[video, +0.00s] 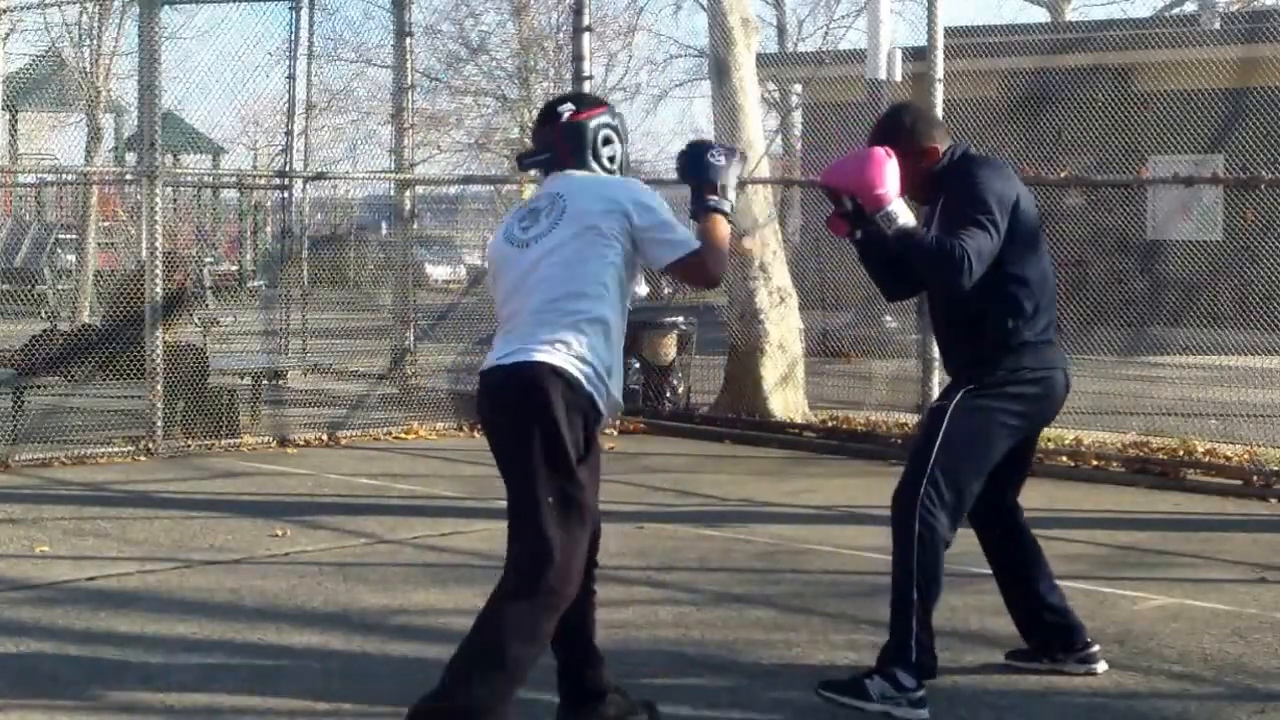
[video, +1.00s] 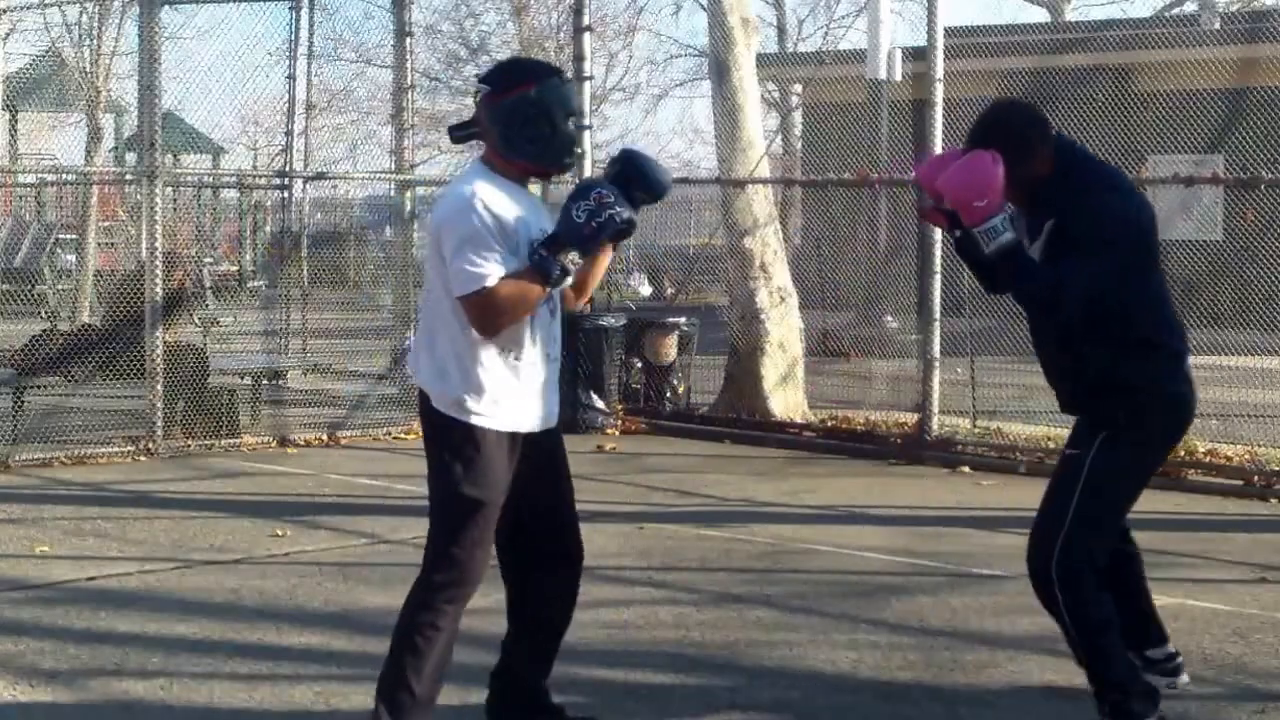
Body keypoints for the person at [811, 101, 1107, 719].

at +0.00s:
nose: (898, 182)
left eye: (895, 172)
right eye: (893, 173)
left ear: (916, 157)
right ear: (926, 151)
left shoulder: (983, 179)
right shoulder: (947, 196)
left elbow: (958, 270)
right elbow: (897, 284)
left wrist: (888, 215)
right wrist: (860, 231)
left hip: (1010, 374)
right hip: (1005, 373)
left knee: (920, 503)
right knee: (993, 509)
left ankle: (904, 674)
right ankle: (1060, 641)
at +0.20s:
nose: (843, 232)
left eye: (845, 221)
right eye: (841, 223)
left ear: (874, 212)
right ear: (884, 204)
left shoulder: (953, 242)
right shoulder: (891, 250)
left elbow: (938, 340)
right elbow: (857, 337)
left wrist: (862, 291)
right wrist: (818, 304)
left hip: (978, 431)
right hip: (955, 428)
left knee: (887, 537)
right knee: (973, 541)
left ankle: (820, 699)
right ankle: (1057, 643)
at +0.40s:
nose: (883, 397)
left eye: (894, 386)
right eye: (872, 385)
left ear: (916, 360)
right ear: (851, 357)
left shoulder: (951, 369)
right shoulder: (825, 339)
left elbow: (946, 476)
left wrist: (881, 466)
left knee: (832, 556)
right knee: (894, 629)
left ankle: (793, 702)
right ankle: (1029, 630)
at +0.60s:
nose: (931, 302)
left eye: (945, 293)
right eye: (925, 287)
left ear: (973, 279)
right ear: (910, 266)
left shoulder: (1011, 316)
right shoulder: (877, 286)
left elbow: (1003, 429)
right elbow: (810, 333)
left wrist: (937, 386)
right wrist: (800, 383)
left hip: (983, 461)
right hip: (918, 462)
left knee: (871, 542)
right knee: (940, 598)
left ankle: (802, 706)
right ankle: (1068, 658)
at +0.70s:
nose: (936, 229)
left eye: (946, 218)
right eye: (931, 216)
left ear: (986, 207)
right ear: (927, 205)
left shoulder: (1045, 248)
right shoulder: (933, 240)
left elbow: (1045, 356)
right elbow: (885, 322)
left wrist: (970, 302)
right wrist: (867, 285)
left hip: (1040, 429)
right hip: (988, 429)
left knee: (930, 518)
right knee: (990, 546)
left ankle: (885, 689)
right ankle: (1074, 658)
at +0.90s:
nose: (980, 186)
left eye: (981, 173)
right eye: (973, 175)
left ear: (1011, 156)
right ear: (1018, 152)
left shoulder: (1075, 199)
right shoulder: (1024, 197)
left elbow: (1041, 299)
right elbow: (973, 275)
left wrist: (977, 233)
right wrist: (939, 221)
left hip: (1102, 412)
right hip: (1066, 410)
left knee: (1030, 565)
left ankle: (1126, 695)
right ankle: (1100, 662)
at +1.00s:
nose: (998, 191)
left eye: (1000, 177)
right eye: (991, 179)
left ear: (1033, 160)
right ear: (1035, 155)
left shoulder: (1102, 202)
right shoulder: (1046, 193)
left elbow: (1055, 301)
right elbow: (1000, 279)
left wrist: (990, 225)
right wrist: (958, 226)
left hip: (1142, 402)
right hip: (1112, 399)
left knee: (1056, 559)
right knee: (1094, 526)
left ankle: (1130, 703)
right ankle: (1153, 657)